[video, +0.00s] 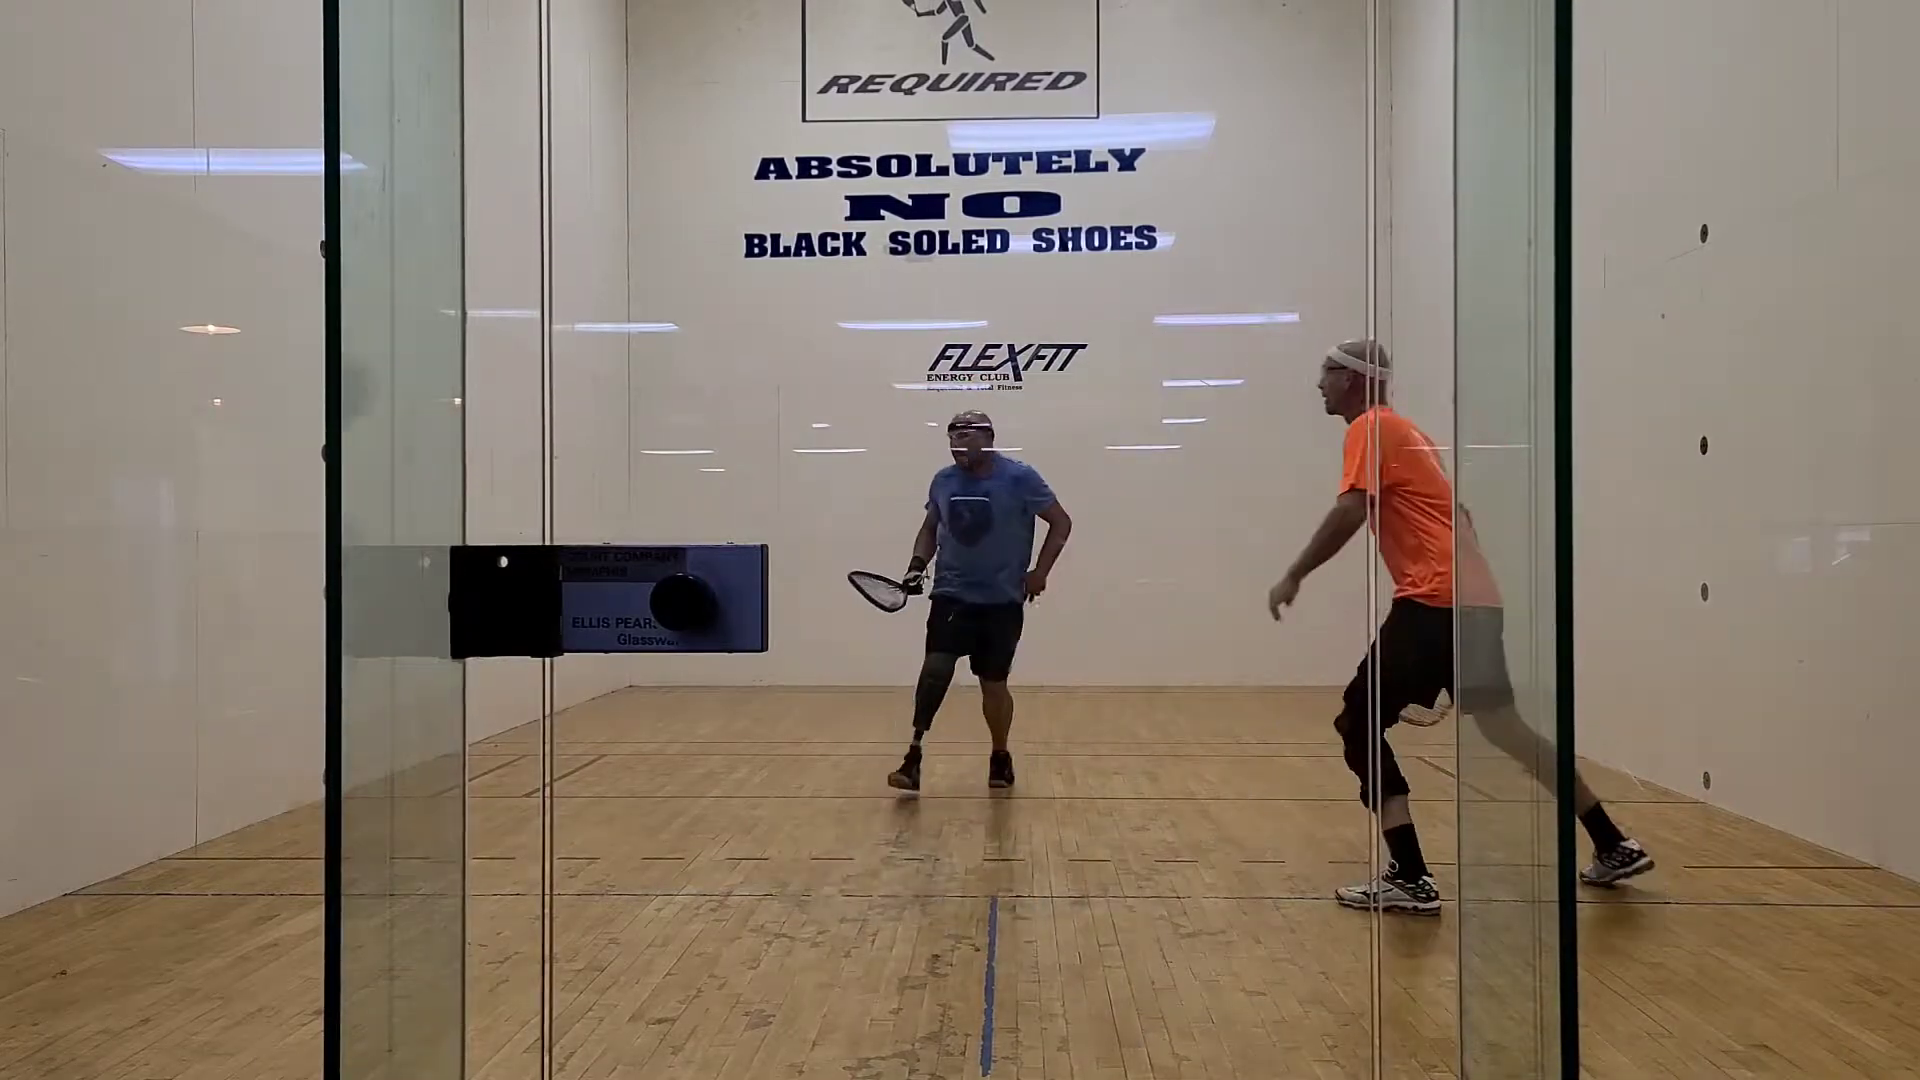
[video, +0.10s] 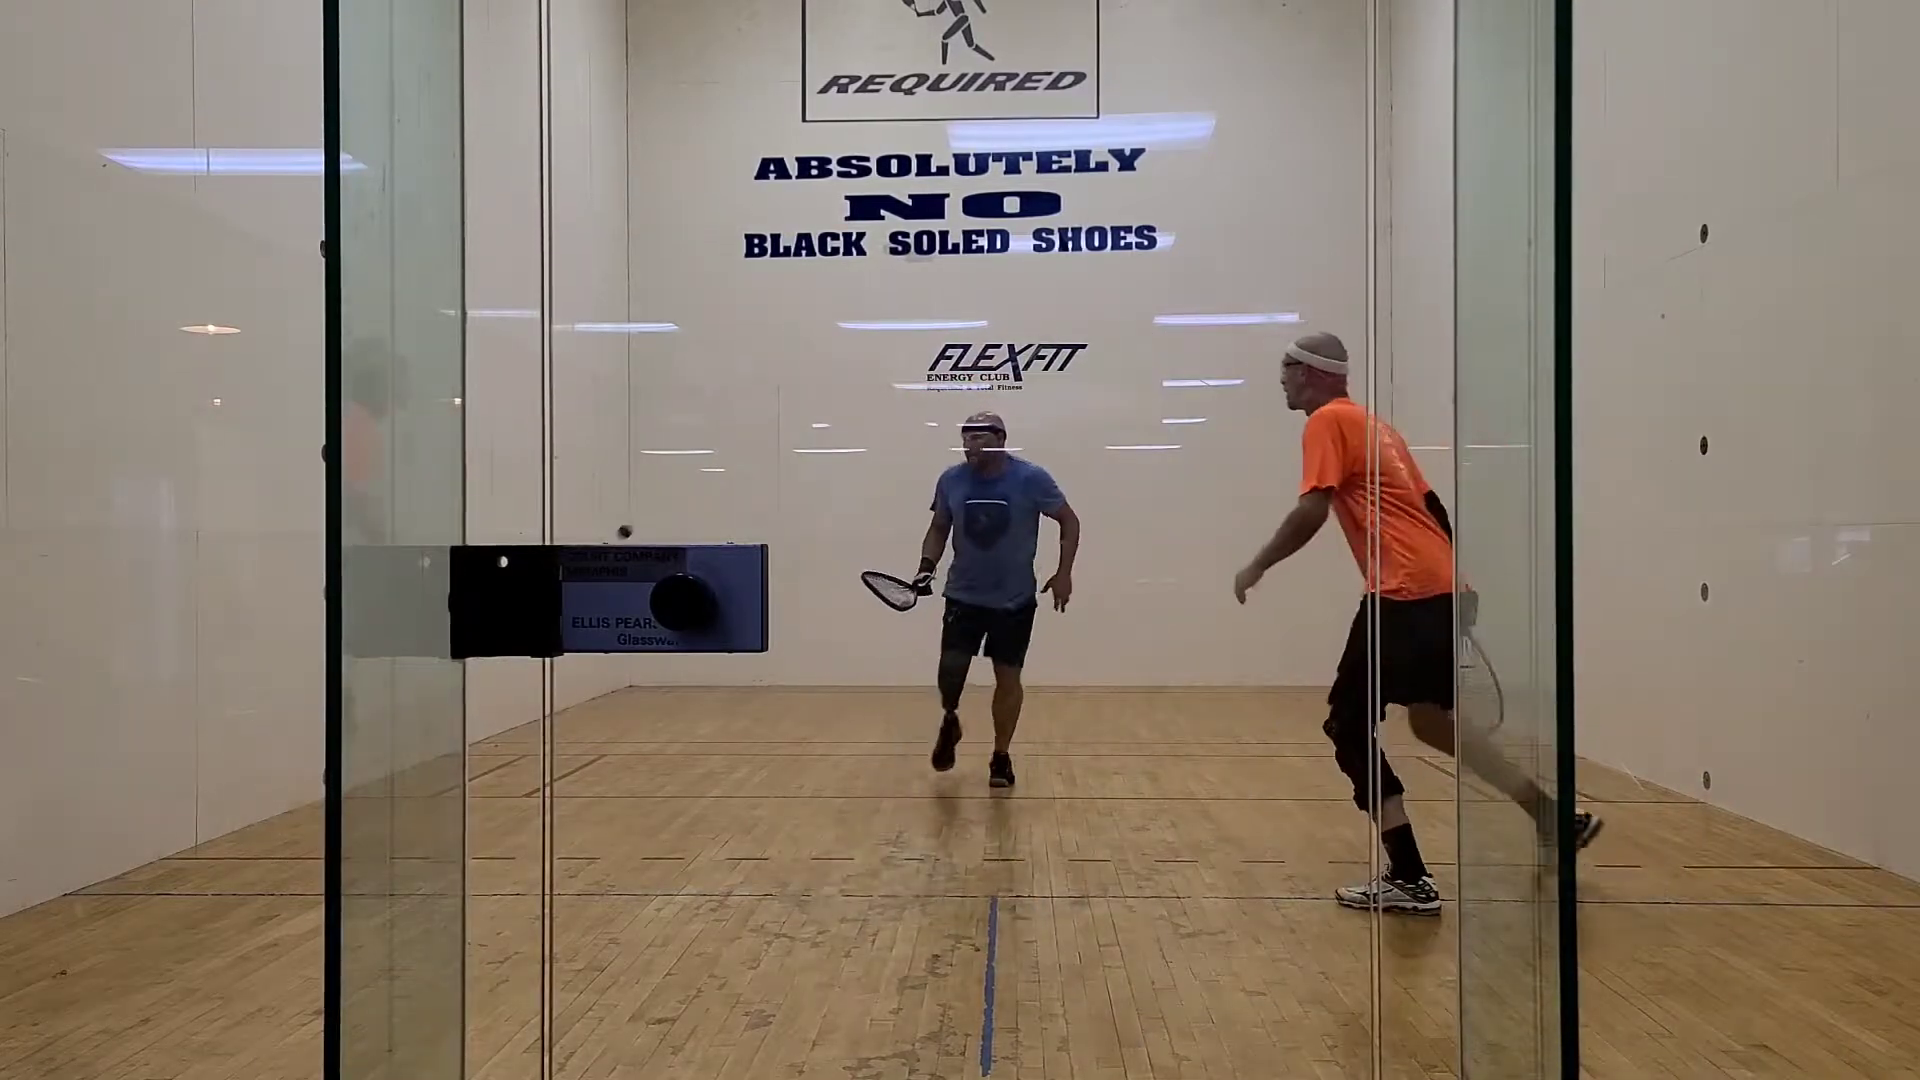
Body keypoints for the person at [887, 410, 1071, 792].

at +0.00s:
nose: (959, 450)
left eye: (966, 442)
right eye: (954, 444)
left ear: (988, 440)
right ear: (950, 445)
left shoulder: (1020, 477)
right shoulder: (945, 480)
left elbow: (1061, 522)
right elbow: (930, 528)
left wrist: (1041, 571)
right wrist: (917, 566)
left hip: (1001, 600)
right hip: (951, 597)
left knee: (993, 684)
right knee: (934, 673)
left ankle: (1000, 755)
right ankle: (913, 757)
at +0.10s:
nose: (972, 445)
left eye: (980, 438)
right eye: (968, 438)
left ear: (1000, 440)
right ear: (963, 442)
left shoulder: (1031, 479)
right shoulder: (951, 481)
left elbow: (1070, 522)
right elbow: (938, 529)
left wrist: (1064, 572)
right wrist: (927, 564)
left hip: (1013, 599)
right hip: (964, 596)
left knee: (1007, 677)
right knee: (951, 671)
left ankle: (1001, 755)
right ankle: (949, 722)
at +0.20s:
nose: (982, 445)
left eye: (991, 439)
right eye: (978, 439)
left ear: (1008, 444)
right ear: (972, 444)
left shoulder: (1038, 479)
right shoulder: (958, 484)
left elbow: (1076, 516)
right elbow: (945, 532)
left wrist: (1080, 561)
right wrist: (940, 563)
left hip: (1028, 591)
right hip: (979, 593)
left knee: (1025, 664)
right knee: (965, 672)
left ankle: (1021, 747)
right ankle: (962, 716)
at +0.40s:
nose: (1012, 461)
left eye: (1021, 456)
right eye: (1010, 457)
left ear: (1040, 465)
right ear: (1007, 465)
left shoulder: (1062, 499)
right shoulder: (998, 503)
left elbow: (1104, 527)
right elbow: (974, 551)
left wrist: (1079, 519)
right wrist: (980, 526)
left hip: (1052, 607)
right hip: (1007, 605)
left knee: (1057, 678)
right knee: (985, 670)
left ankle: (1081, 713)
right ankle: (963, 733)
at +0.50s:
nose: (1048, 461)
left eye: (1055, 456)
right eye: (1045, 456)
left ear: (1073, 463)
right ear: (1040, 463)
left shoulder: (1092, 495)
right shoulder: (1037, 493)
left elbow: (1082, 519)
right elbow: (1016, 520)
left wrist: (1043, 501)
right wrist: (1028, 497)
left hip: (1075, 602)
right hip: (1033, 596)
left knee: (1068, 674)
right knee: (1009, 664)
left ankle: (1079, 726)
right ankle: (970, 730)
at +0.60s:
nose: (1070, 465)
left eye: (1077, 460)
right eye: (1068, 460)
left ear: (1095, 463)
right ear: (1065, 463)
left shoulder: (1109, 495)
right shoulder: (1058, 489)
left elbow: (1081, 520)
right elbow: (1059, 501)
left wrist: (1037, 507)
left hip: (1096, 599)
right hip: (1059, 592)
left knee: (1079, 666)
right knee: (1030, 652)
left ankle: (1077, 725)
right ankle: (1008, 719)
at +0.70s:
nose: (1087, 457)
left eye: (1092, 451)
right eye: (1085, 451)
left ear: (1107, 456)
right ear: (1083, 455)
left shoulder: (1127, 490)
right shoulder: (1082, 485)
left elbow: (1116, 535)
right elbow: (1074, 517)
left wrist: (1070, 546)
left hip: (1117, 588)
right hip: (1086, 584)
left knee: (1100, 660)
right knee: (1061, 641)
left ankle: (1082, 724)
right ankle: (1069, 700)